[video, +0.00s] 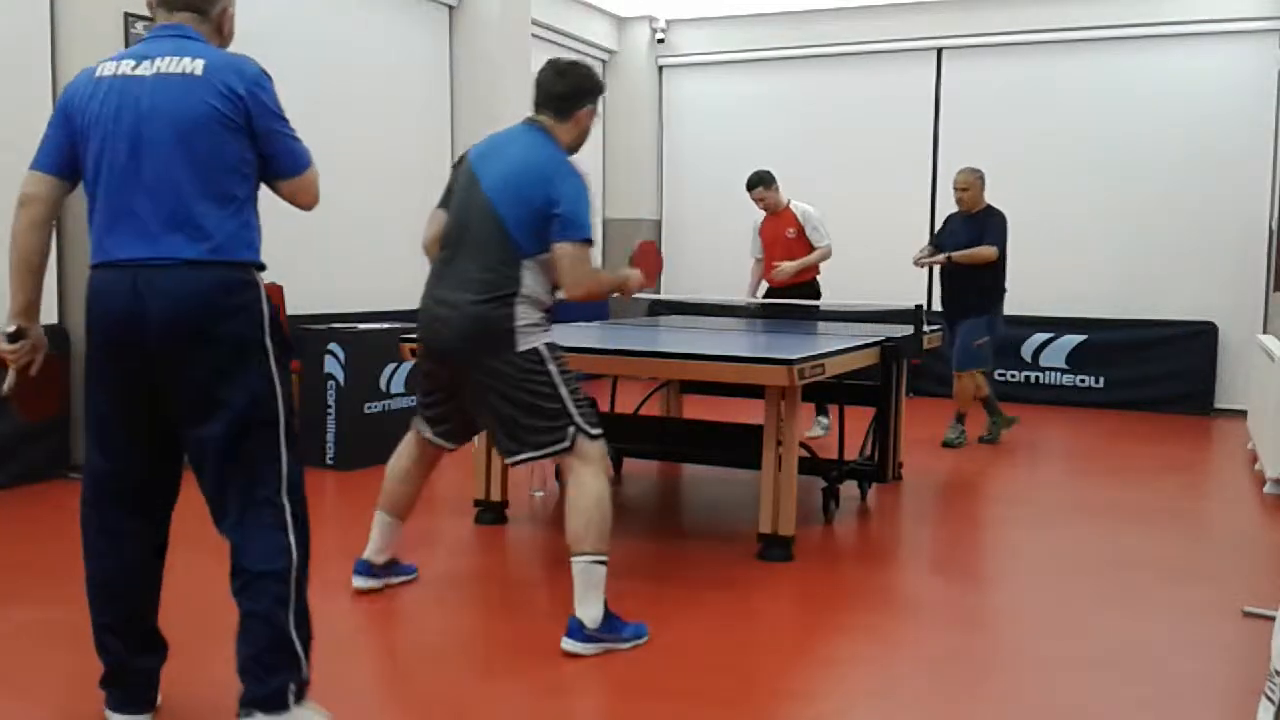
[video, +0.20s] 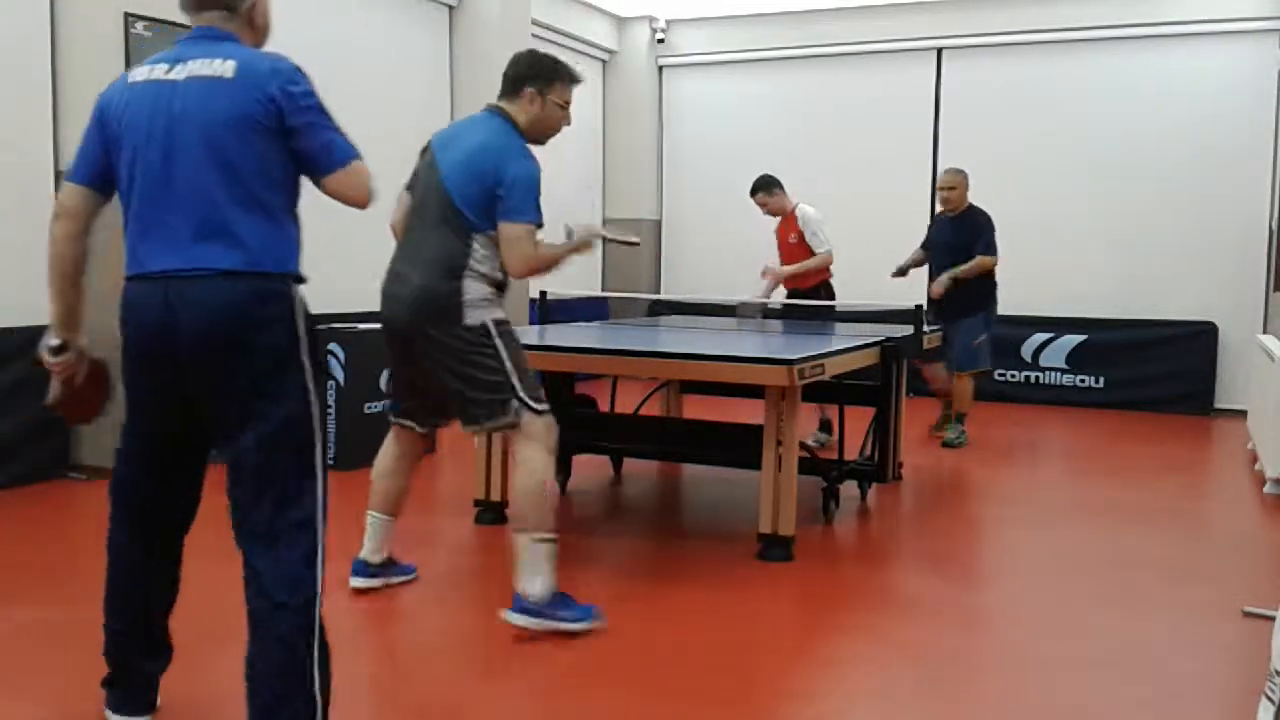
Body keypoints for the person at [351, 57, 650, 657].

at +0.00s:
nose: (591, 127)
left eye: (592, 118)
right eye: (592, 118)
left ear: (537, 105)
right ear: (581, 115)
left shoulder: (480, 153)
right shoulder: (561, 176)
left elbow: (434, 240)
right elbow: (575, 283)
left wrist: (502, 264)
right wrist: (620, 277)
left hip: (440, 323)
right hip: (508, 331)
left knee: (425, 435)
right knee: (586, 456)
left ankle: (374, 559)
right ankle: (591, 618)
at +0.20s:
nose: (566, 120)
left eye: (568, 109)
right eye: (563, 107)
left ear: (517, 98)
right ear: (529, 98)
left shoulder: (449, 137)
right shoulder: (516, 160)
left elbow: (402, 221)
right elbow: (520, 263)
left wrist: (445, 264)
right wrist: (570, 244)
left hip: (404, 304)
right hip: (462, 310)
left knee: (409, 426)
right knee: (535, 432)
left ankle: (370, 558)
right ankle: (536, 593)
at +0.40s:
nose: (554, 114)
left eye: (557, 102)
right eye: (551, 100)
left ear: (503, 89)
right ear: (520, 90)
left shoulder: (435, 126)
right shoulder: (506, 147)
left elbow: (382, 206)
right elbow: (516, 251)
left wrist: (420, 261)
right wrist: (561, 212)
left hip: (383, 300)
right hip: (445, 310)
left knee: (391, 415)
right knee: (493, 440)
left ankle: (340, 534)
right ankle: (477, 600)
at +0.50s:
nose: (544, 128)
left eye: (546, 116)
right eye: (542, 115)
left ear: (496, 105)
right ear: (516, 107)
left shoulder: (443, 142)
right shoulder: (486, 166)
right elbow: (516, 272)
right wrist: (555, 233)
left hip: (379, 305)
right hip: (424, 313)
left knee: (353, 444)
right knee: (496, 444)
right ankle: (476, 601)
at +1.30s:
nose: (523, 148)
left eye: (525, 137)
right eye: (525, 137)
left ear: (471, 122)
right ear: (511, 134)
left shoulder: (424, 155)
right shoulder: (480, 189)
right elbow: (485, 296)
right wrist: (541, 285)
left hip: (350, 304)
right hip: (409, 321)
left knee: (322, 424)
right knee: (463, 443)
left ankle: (311, 547)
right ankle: (474, 598)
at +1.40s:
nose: (525, 152)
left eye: (525, 140)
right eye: (526, 140)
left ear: (480, 129)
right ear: (510, 137)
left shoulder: (420, 172)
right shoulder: (482, 192)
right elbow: (487, 299)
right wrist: (544, 291)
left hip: (386, 323)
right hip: (429, 335)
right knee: (456, 464)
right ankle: (473, 595)